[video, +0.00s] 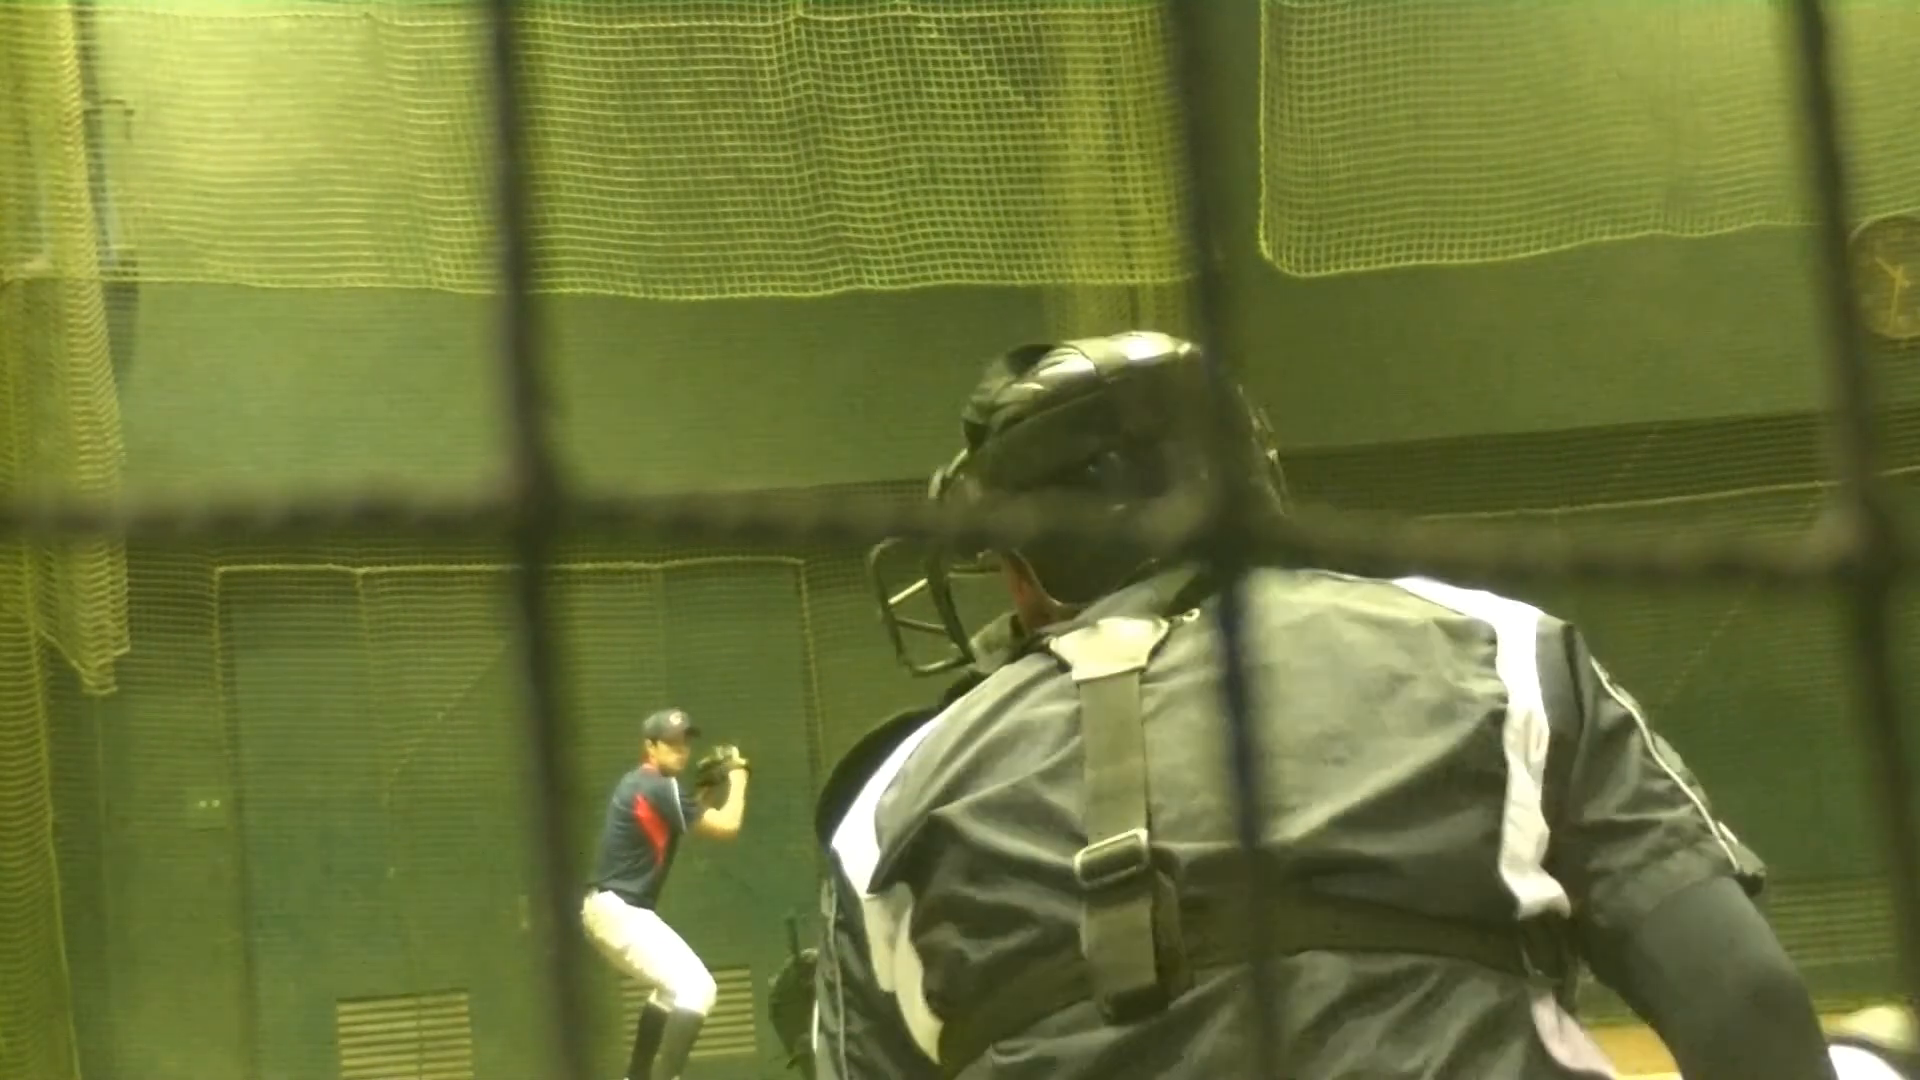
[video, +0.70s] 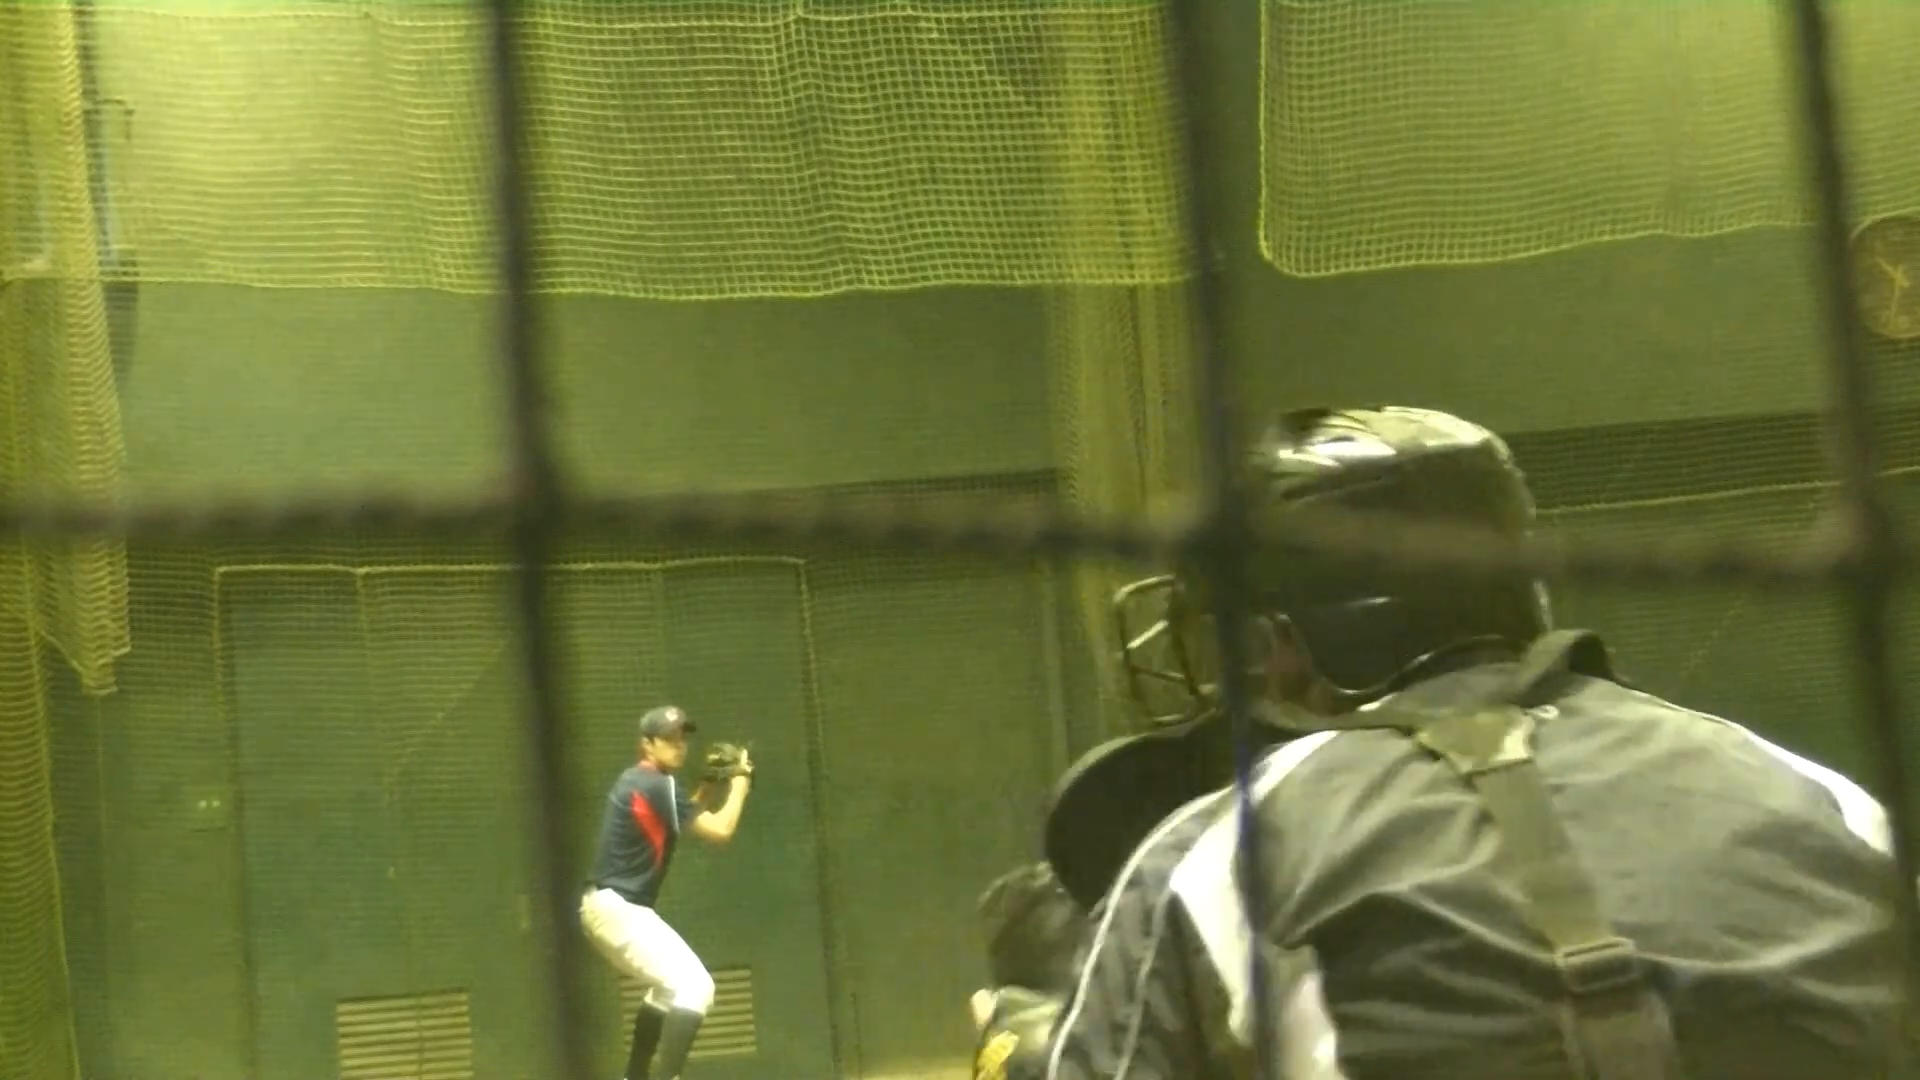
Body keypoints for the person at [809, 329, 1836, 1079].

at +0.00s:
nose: (985, 597)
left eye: (985, 567)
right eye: (976, 563)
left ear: (1026, 582)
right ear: (1263, 506)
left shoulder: (893, 807)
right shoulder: (1506, 658)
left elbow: (870, 1065)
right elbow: (1744, 1000)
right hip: (1468, 1043)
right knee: (1843, 1057)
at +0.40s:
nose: (1077, 621)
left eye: (1080, 586)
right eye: (1071, 585)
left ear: (1132, 608)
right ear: (1357, 561)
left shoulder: (1004, 858)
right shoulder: (1654, 739)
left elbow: (938, 1068)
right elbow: (1866, 1025)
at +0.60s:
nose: (1173, 670)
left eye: (1182, 628)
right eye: (1165, 631)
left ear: (1246, 634)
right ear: (1456, 593)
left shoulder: (1135, 886)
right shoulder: (1784, 802)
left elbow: (1046, 1071)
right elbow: (1869, 1051)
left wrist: (980, 1007)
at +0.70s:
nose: (1229, 671)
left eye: (1230, 636)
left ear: (1282, 658)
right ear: (1527, 612)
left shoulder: (1197, 883)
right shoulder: (1837, 815)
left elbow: (1089, 1070)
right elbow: (1889, 1035)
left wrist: (1018, 1002)